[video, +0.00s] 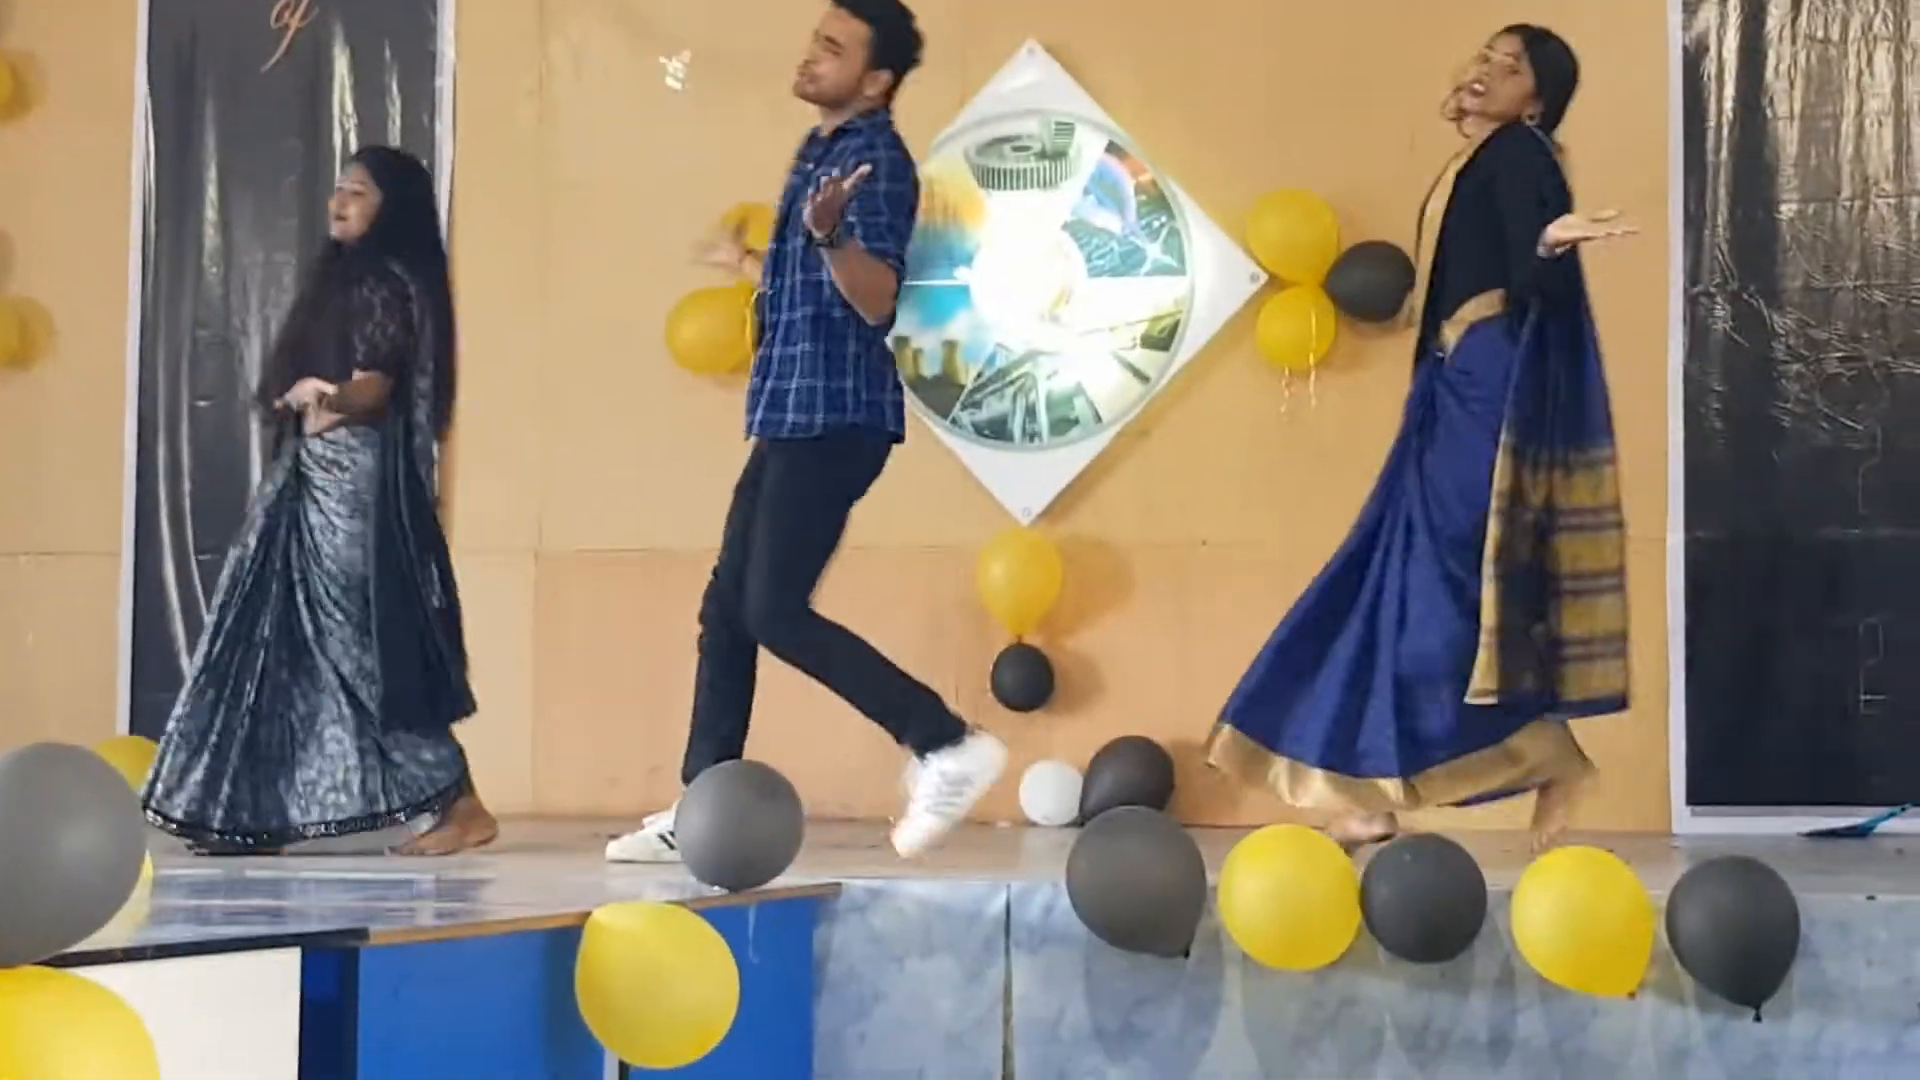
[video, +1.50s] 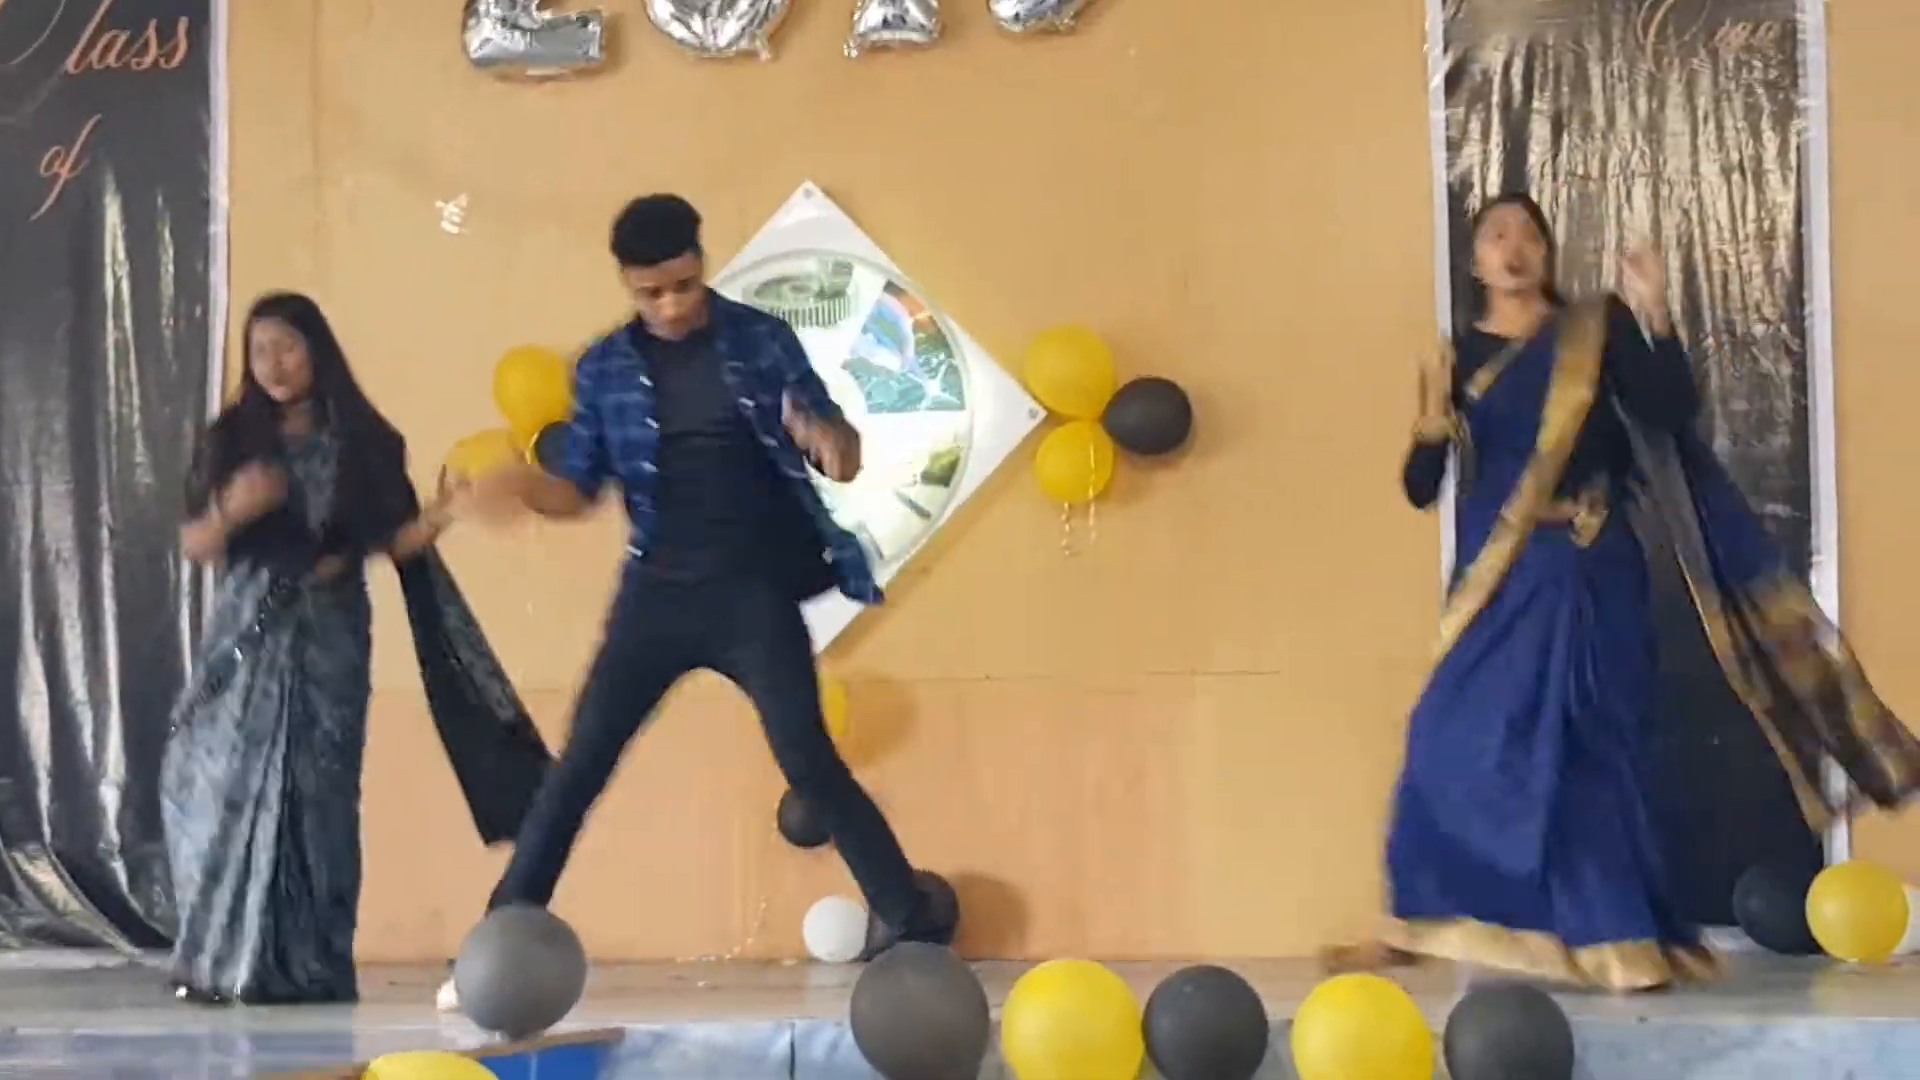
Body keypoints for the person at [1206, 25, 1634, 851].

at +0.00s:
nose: (1483, 69)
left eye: (1506, 66)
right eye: (1485, 55)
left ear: (1534, 99)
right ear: (1472, 73)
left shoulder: (1521, 153)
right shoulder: (1479, 162)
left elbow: (1531, 277)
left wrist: (1549, 238)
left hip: (1495, 383)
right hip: (1451, 386)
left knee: (1468, 570)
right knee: (1402, 574)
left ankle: (1558, 762)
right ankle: (1371, 794)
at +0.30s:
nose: (1580, 94)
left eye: (1602, 87)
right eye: (1582, 82)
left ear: (1636, 118)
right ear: (1577, 102)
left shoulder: (1612, 171)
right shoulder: (1584, 175)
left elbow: (1616, 238)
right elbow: (1581, 272)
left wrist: (1638, 216)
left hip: (1594, 409)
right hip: (1565, 408)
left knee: (1560, 584)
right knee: (1536, 582)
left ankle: (1560, 801)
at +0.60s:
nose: (1679, 138)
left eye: (1701, 130)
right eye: (1675, 123)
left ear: (1736, 154)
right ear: (1665, 138)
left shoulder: (1738, 224)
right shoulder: (1676, 231)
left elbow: (1758, 338)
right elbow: (1666, 349)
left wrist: (1766, 258)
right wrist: (1608, 307)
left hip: (1738, 460)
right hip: (1691, 455)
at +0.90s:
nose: (1694, 129)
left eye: (1715, 119)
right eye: (1684, 116)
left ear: (1745, 143)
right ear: (1667, 136)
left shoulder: (1768, 208)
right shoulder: (1660, 235)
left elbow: (1806, 327)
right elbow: (1656, 345)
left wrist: (1834, 267)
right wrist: (1567, 327)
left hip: (1755, 462)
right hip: (1681, 469)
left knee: (1772, 643)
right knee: (1696, 654)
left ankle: (1846, 849)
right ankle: (1779, 856)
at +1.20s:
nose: (1623, 200)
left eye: (1640, 188)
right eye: (1611, 188)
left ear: (1668, 208)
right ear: (1589, 207)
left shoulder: (1715, 285)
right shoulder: (1562, 299)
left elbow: (1752, 393)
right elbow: (1530, 395)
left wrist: (1781, 389)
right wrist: (1470, 414)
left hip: (1701, 526)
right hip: (1606, 533)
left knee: (1719, 714)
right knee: (1631, 719)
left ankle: (1754, 928)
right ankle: (1668, 936)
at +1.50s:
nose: (1513, 248)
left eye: (1527, 234)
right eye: (1497, 236)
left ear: (1549, 250)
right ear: (1473, 256)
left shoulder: (1598, 326)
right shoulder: (1458, 357)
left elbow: (1673, 414)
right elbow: (1418, 489)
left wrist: (1656, 317)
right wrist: (1431, 433)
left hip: (1592, 556)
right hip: (1501, 564)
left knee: (1591, 734)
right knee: (1456, 723)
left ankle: (1617, 933)